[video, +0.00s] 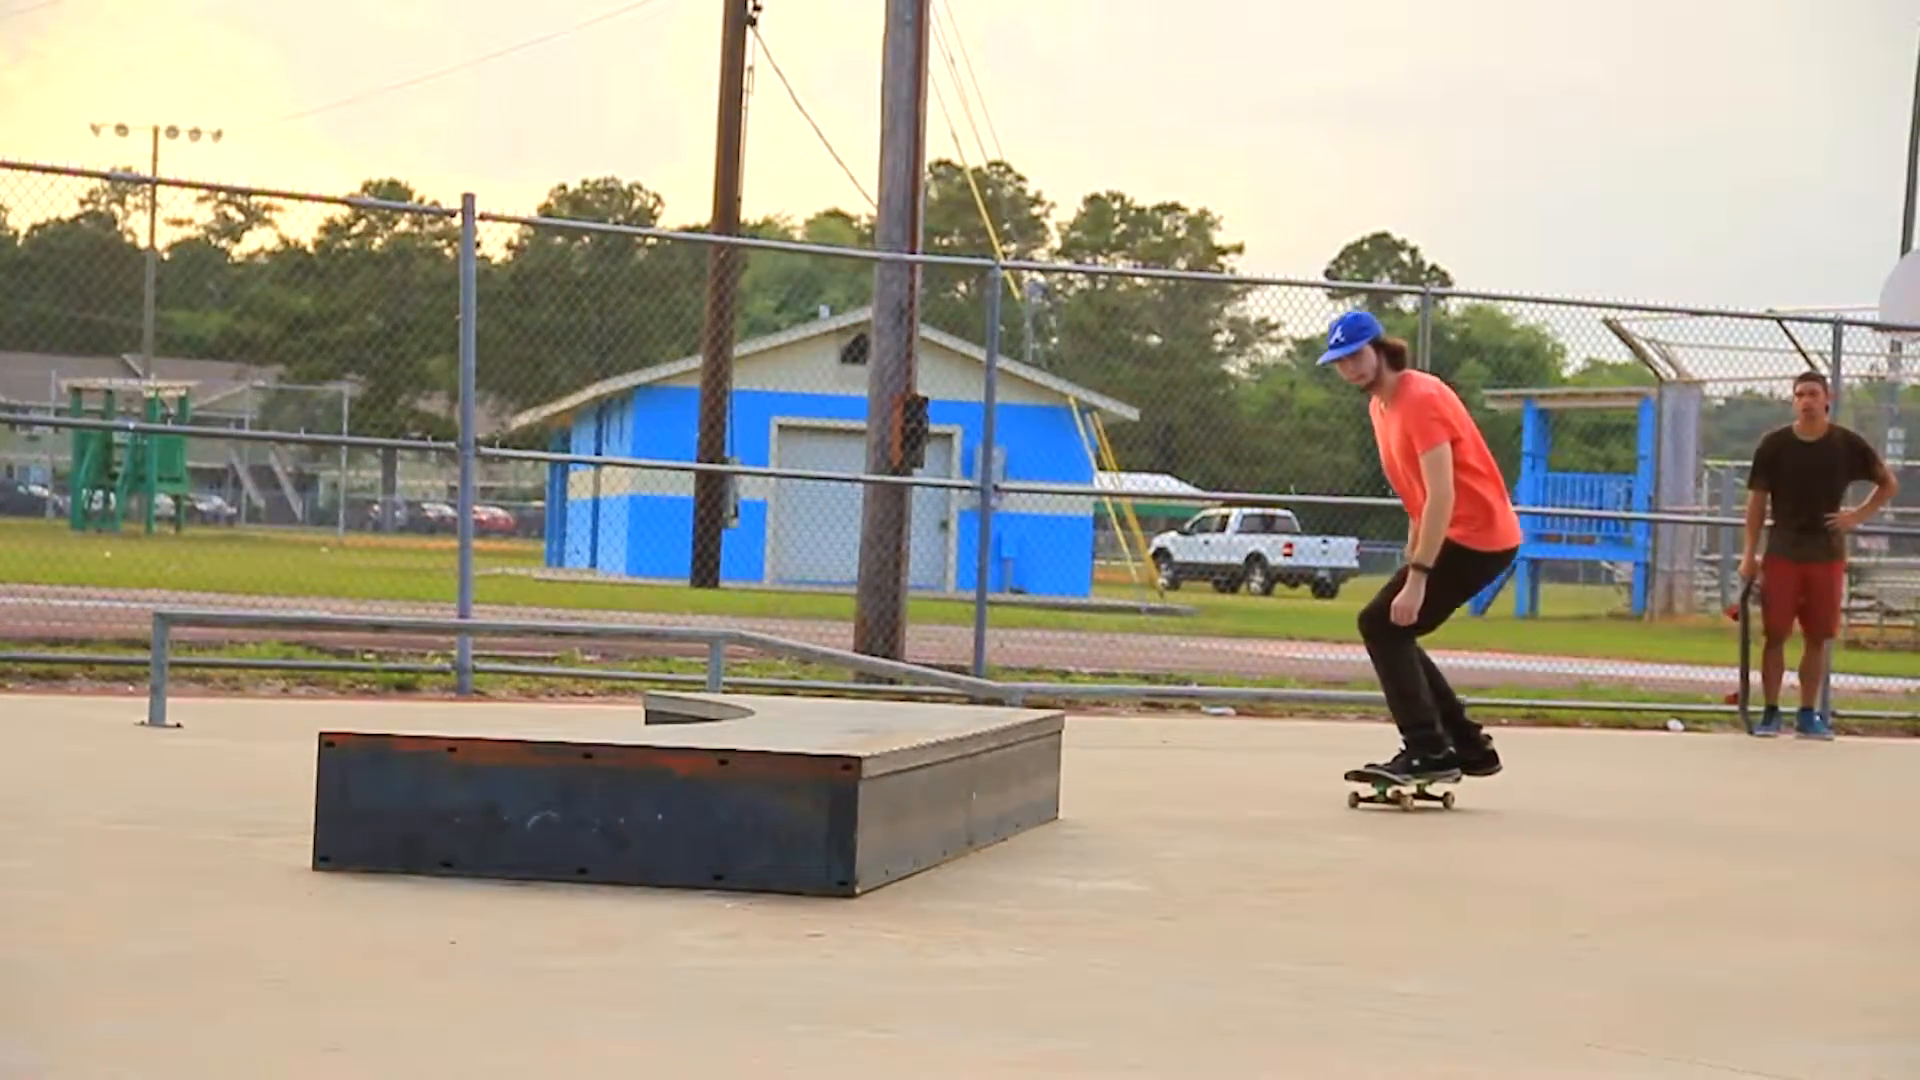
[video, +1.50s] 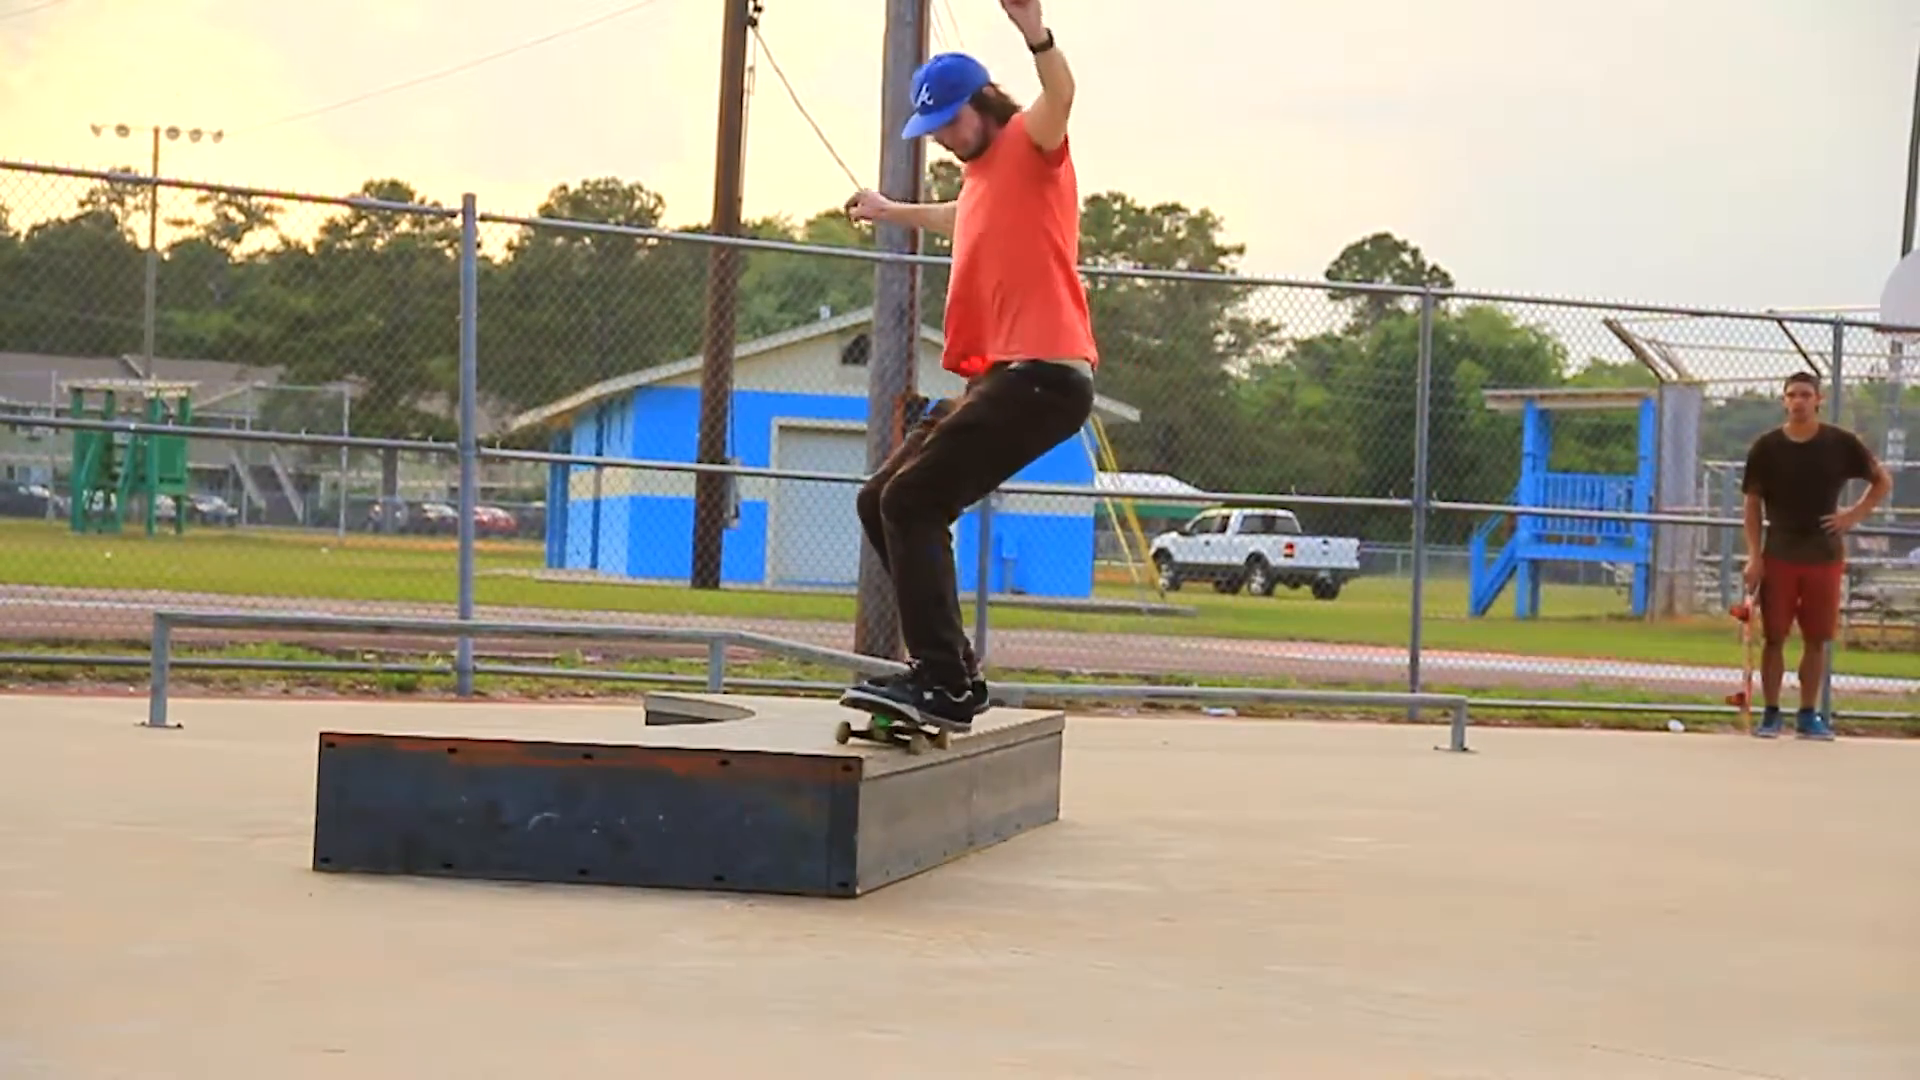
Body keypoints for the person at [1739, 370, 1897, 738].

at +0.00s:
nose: (1807, 401)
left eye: (1814, 395)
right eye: (1802, 395)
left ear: (1827, 400)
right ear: (1793, 400)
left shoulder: (1848, 444)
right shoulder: (1772, 445)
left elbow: (1889, 483)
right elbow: (1757, 501)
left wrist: (1859, 514)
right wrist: (1749, 553)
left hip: (1825, 555)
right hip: (1781, 553)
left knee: (1817, 639)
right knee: (1774, 636)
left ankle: (1808, 714)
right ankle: (1770, 712)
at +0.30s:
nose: (1803, 402)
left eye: (1809, 395)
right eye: (1797, 395)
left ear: (1824, 399)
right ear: (1789, 401)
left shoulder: (1847, 444)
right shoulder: (1771, 446)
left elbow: (1889, 482)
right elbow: (1755, 502)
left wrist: (1860, 514)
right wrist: (1751, 554)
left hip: (1827, 556)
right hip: (1782, 554)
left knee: (1818, 640)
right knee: (1774, 636)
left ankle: (1807, 714)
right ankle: (1770, 712)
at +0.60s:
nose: (1800, 401)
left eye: (1807, 395)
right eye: (1795, 395)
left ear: (1822, 399)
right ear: (1787, 401)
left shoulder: (1845, 443)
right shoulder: (1770, 446)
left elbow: (1888, 482)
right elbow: (1756, 503)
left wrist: (1857, 515)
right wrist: (1755, 554)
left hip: (1825, 556)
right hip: (1781, 554)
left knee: (1818, 640)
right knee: (1774, 637)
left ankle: (1807, 714)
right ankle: (1771, 712)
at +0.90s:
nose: (1799, 402)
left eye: (1806, 395)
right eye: (1794, 395)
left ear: (1821, 399)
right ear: (1786, 401)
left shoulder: (1844, 444)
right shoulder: (1768, 447)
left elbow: (1886, 482)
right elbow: (1753, 503)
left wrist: (1857, 515)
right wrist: (1752, 555)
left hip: (1824, 556)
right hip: (1779, 554)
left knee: (1818, 640)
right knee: (1774, 637)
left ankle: (1808, 714)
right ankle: (1770, 712)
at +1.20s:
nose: (1798, 402)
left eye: (1805, 395)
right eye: (1793, 396)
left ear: (1820, 400)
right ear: (1785, 401)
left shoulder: (1842, 444)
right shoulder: (1766, 447)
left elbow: (1884, 481)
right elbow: (1753, 503)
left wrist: (1856, 515)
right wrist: (1753, 554)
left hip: (1823, 556)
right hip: (1779, 554)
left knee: (1817, 640)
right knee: (1773, 638)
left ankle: (1808, 715)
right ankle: (1770, 713)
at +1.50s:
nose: (1798, 402)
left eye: (1805, 396)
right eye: (1792, 396)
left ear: (1818, 400)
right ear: (1783, 401)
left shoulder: (1841, 443)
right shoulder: (1765, 448)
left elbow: (1883, 481)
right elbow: (1752, 504)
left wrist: (1854, 514)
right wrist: (1754, 555)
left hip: (1823, 555)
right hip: (1778, 553)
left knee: (1816, 640)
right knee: (1774, 638)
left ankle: (1807, 714)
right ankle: (1770, 712)